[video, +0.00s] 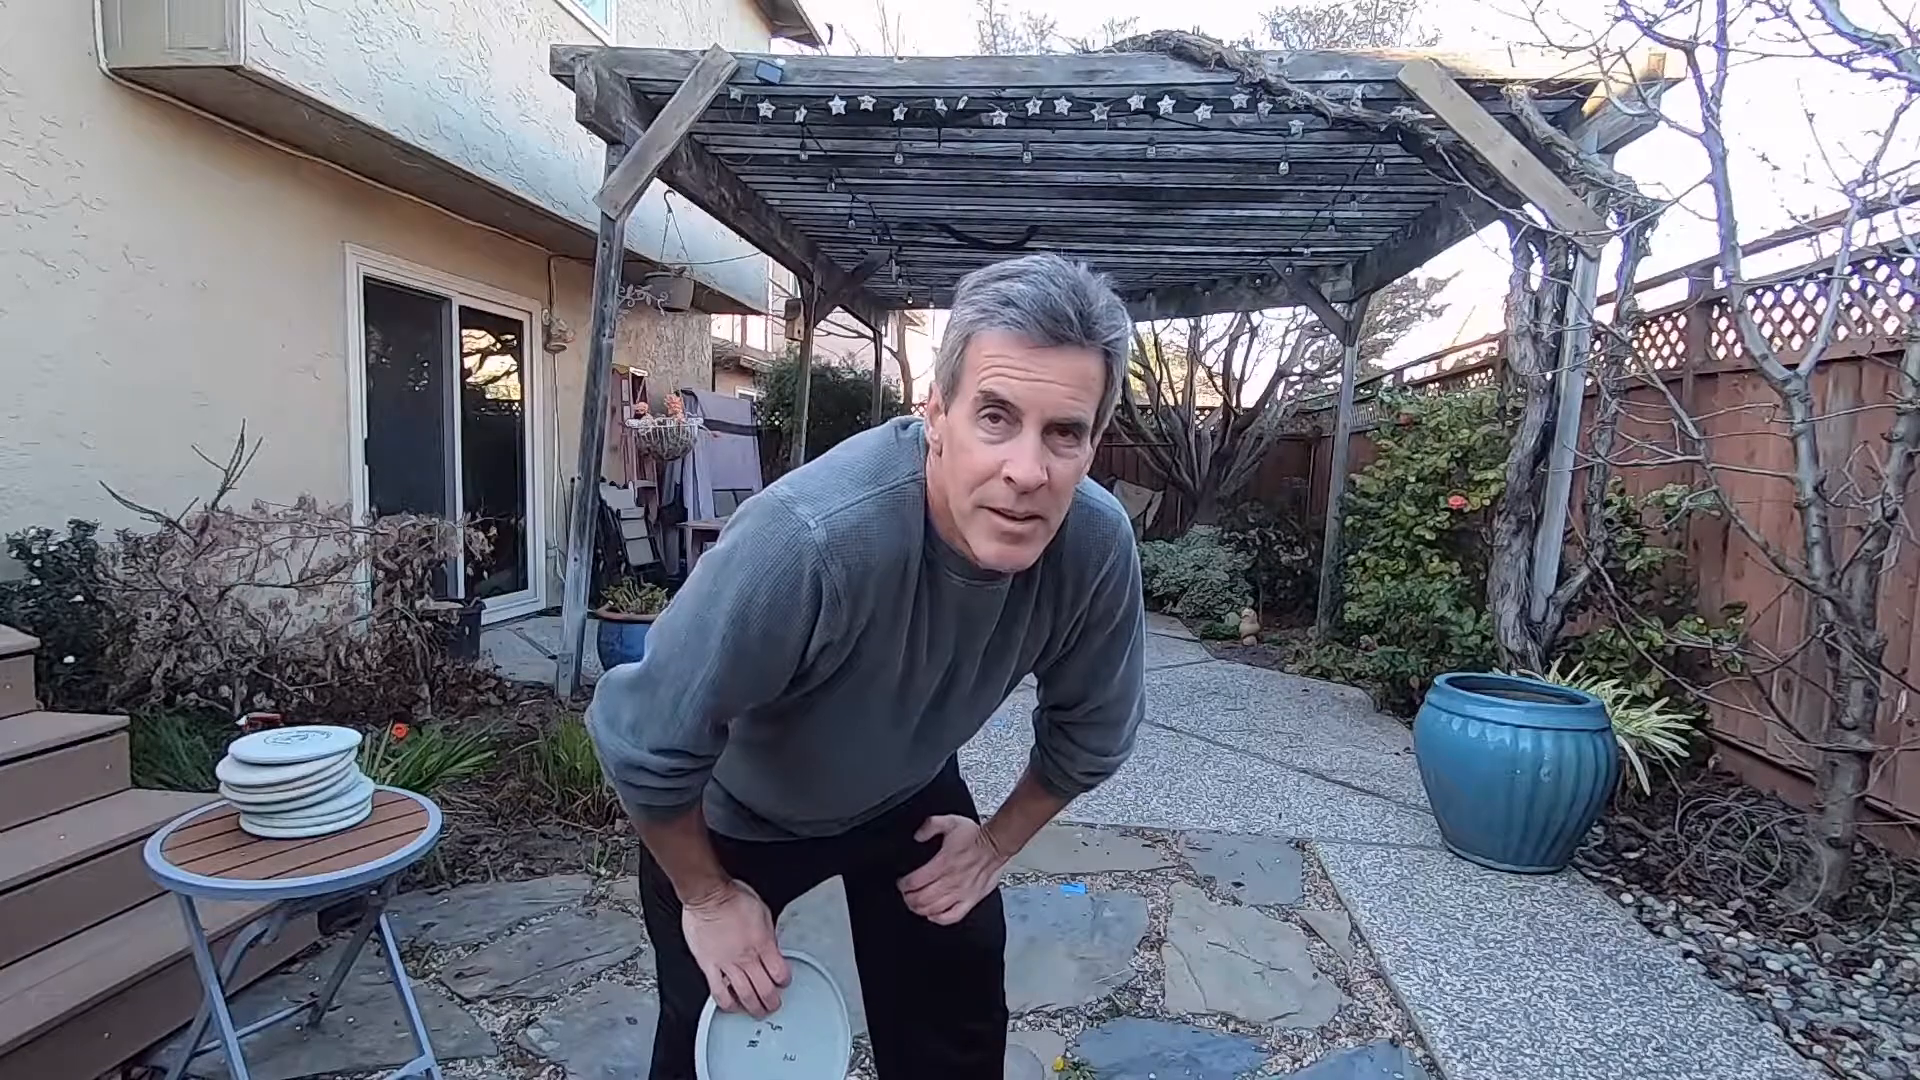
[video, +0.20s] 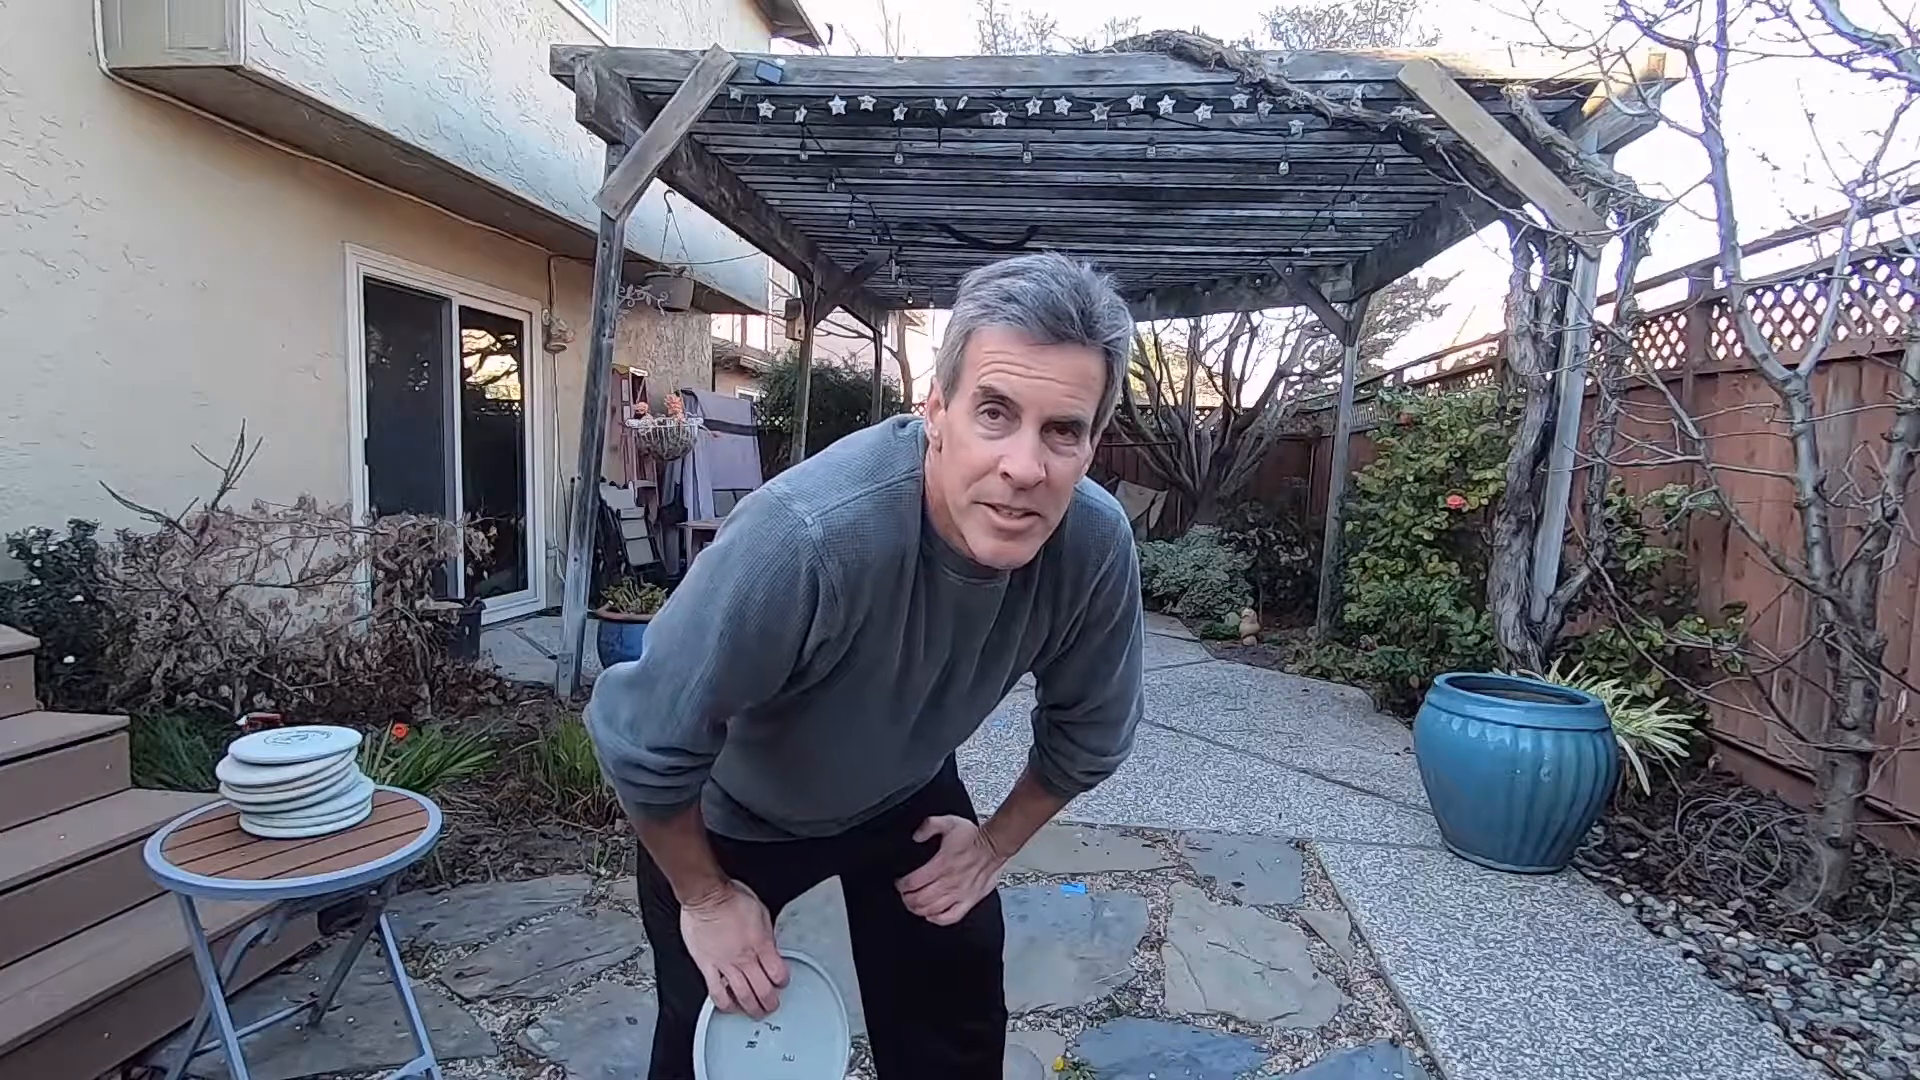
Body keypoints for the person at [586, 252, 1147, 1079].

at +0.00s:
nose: (1028, 472)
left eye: (1065, 433)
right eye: (998, 418)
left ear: (1094, 441)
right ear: (935, 412)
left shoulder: (1095, 545)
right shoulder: (805, 541)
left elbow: (1093, 726)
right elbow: (644, 736)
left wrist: (998, 840)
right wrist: (705, 896)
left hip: (909, 782)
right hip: (741, 797)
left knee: (956, 1034)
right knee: (707, 1037)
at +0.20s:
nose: (1025, 467)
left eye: (1062, 431)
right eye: (997, 413)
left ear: (1092, 442)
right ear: (935, 408)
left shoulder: (1094, 545)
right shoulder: (803, 538)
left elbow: (1091, 727)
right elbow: (643, 734)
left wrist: (996, 843)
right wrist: (703, 895)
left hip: (907, 782)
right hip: (738, 796)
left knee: (956, 1031)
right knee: (707, 1036)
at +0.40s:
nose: (1024, 470)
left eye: (1062, 434)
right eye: (996, 417)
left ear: (1092, 444)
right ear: (934, 410)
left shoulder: (1092, 548)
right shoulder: (801, 539)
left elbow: (1091, 726)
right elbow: (639, 733)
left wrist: (994, 842)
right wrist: (700, 895)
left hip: (906, 782)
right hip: (736, 796)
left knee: (953, 1036)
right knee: (703, 1039)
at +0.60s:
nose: (1023, 472)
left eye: (1061, 435)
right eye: (995, 418)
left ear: (1090, 444)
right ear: (933, 411)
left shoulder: (1091, 547)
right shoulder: (799, 539)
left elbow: (1090, 724)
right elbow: (638, 734)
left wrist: (993, 842)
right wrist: (700, 895)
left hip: (906, 785)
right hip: (736, 799)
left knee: (953, 1038)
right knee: (704, 1039)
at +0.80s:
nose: (1025, 468)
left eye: (1064, 431)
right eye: (998, 414)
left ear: (1093, 438)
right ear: (935, 407)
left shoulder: (1089, 541)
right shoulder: (798, 529)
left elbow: (1089, 723)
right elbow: (639, 729)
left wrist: (993, 842)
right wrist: (700, 894)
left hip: (908, 785)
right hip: (738, 797)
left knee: (953, 1040)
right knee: (703, 1040)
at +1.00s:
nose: (1036, 429)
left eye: (1074, 394)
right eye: (1010, 375)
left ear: (1099, 406)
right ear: (945, 365)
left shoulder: (1086, 516)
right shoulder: (793, 489)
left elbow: (1085, 715)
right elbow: (654, 729)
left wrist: (1002, 857)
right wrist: (716, 914)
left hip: (908, 782)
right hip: (740, 792)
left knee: (953, 1042)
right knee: (711, 1044)